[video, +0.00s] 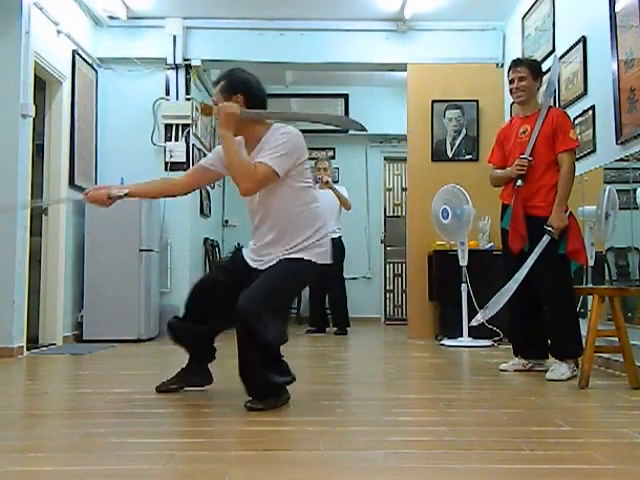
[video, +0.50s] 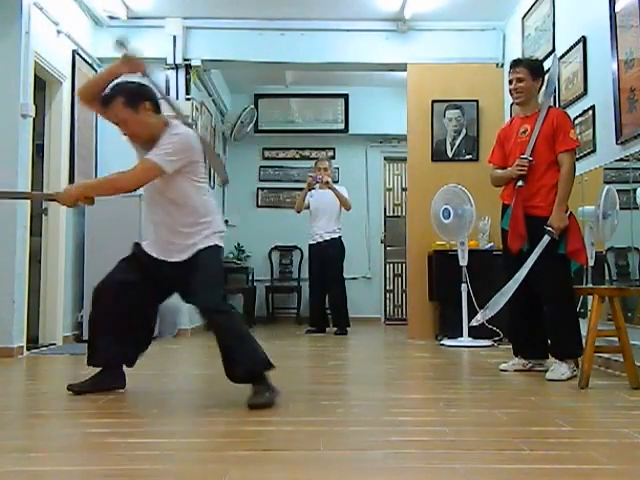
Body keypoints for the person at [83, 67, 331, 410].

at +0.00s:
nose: (214, 110)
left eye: (217, 102)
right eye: (213, 104)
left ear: (239, 101)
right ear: (239, 104)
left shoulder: (287, 138)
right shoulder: (235, 149)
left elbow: (248, 184)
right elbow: (181, 184)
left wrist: (226, 133)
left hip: (303, 251)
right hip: (260, 250)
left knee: (252, 305)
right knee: (206, 294)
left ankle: (272, 389)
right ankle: (196, 368)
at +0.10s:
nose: (200, 111)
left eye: (204, 103)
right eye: (199, 105)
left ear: (227, 102)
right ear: (225, 104)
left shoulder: (274, 138)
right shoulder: (219, 148)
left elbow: (245, 185)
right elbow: (172, 190)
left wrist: (215, 136)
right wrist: (111, 182)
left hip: (289, 247)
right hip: (245, 248)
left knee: (250, 305)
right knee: (187, 286)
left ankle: (272, 388)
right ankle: (194, 360)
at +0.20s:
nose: (188, 104)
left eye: (195, 97)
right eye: (189, 98)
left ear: (222, 99)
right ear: (215, 102)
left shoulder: (259, 140)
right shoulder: (208, 144)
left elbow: (218, 178)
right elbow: (169, 191)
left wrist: (191, 131)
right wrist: (133, 153)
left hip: (269, 245)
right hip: (226, 244)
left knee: (238, 304)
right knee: (162, 274)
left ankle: (272, 386)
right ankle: (200, 344)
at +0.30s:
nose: (178, 114)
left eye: (182, 106)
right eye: (176, 107)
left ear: (209, 103)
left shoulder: (237, 136)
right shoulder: (191, 140)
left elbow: (183, 162)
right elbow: (149, 177)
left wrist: (120, 148)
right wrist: (147, 129)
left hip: (247, 243)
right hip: (205, 244)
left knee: (231, 307)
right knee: (146, 281)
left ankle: (270, 387)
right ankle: (140, 361)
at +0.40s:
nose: (154, 127)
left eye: (155, 119)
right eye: (151, 121)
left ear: (179, 108)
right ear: (174, 109)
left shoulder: (212, 138)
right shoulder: (170, 138)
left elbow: (154, 167)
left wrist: (91, 171)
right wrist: (135, 75)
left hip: (228, 243)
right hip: (188, 246)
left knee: (222, 304)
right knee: (132, 296)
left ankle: (271, 385)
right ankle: (115, 371)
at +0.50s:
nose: (123, 134)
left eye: (124, 124)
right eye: (119, 126)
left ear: (146, 110)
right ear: (141, 112)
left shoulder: (181, 139)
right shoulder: (146, 136)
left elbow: (133, 180)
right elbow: (86, 97)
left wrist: (83, 189)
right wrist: (119, 67)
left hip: (200, 245)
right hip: (158, 246)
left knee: (211, 304)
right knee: (109, 294)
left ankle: (259, 380)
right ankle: (111, 372)